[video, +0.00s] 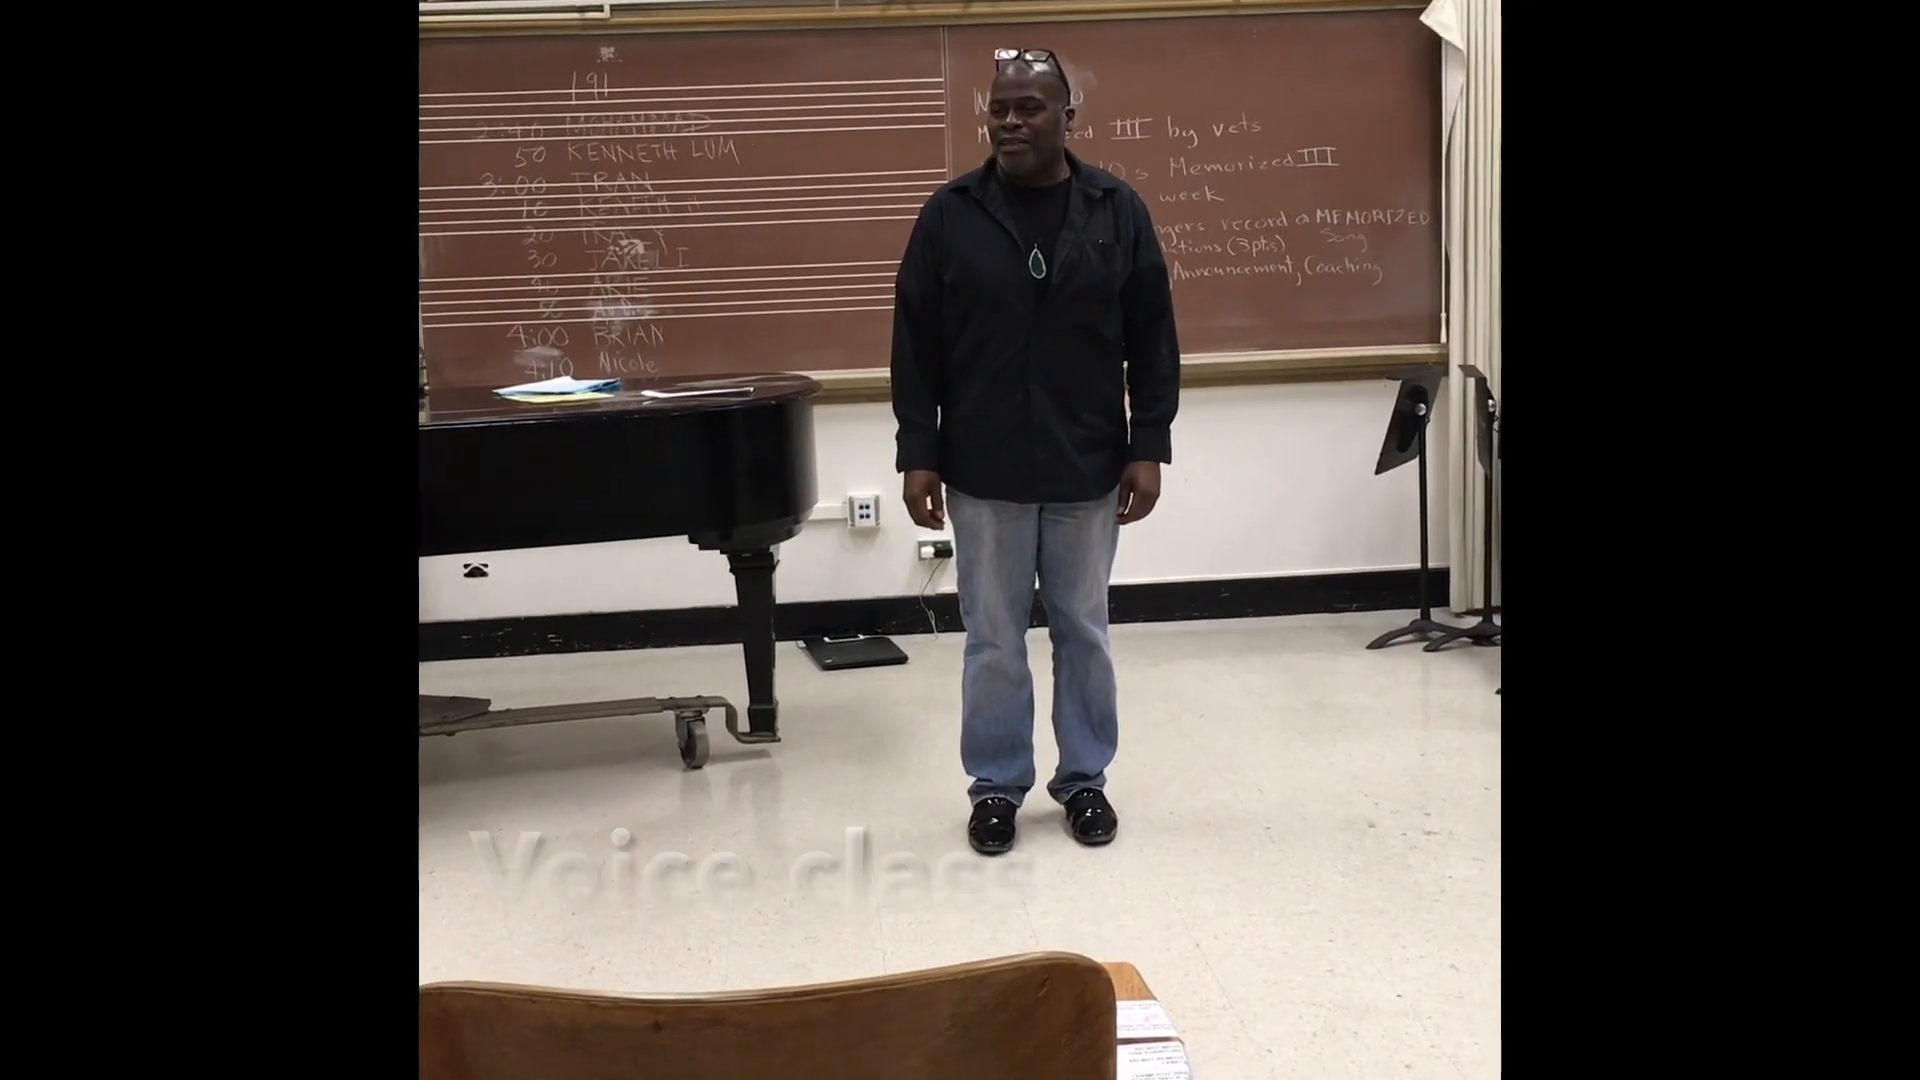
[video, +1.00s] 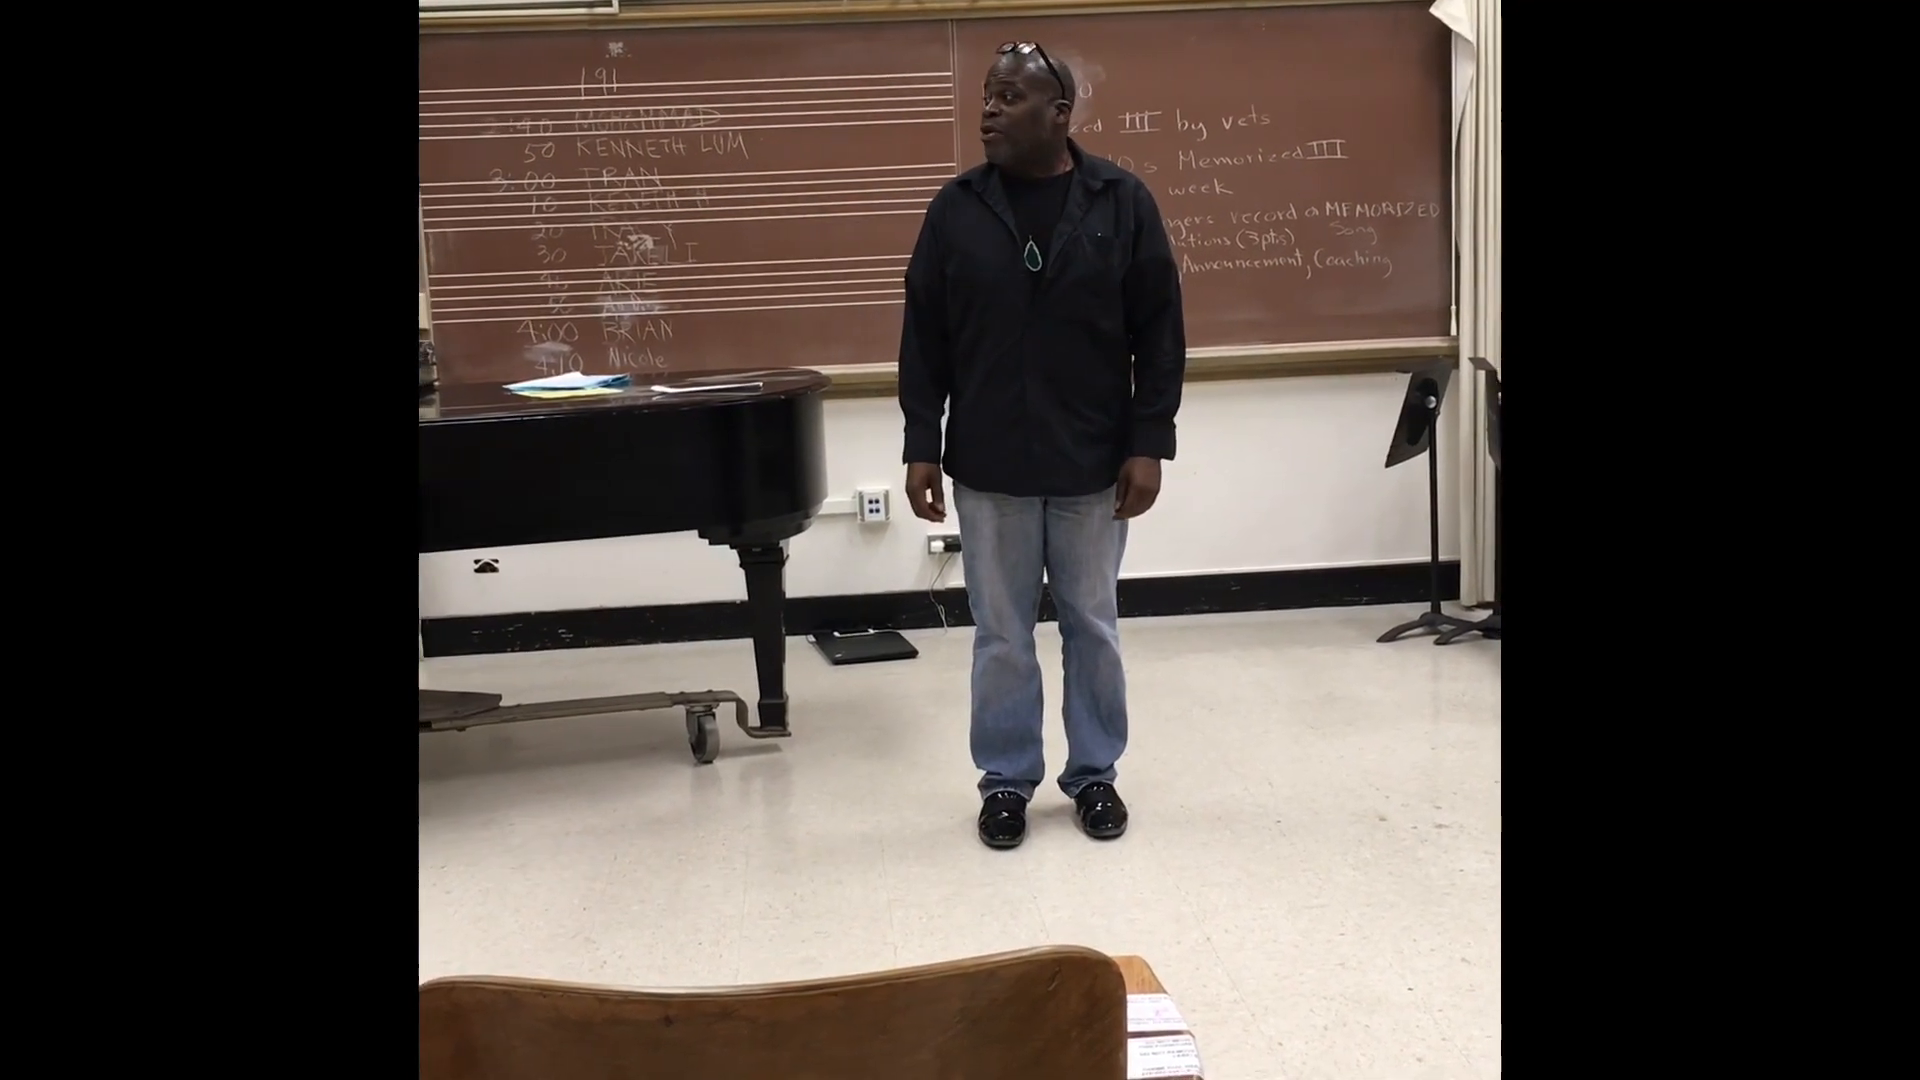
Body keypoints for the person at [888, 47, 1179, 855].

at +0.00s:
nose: (1009, 123)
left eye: (1027, 109)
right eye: (998, 109)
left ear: (1067, 117)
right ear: (985, 116)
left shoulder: (1116, 210)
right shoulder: (949, 214)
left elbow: (1153, 337)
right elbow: (915, 342)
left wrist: (1148, 448)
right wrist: (918, 455)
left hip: (1087, 459)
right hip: (983, 462)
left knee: (1083, 630)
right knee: (993, 637)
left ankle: (1084, 780)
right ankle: (994, 785)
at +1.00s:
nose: (989, 110)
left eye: (1008, 97)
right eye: (988, 97)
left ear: (1062, 111)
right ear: (990, 107)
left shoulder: (1122, 201)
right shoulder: (956, 208)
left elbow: (1159, 330)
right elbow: (924, 333)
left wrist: (1148, 446)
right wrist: (921, 447)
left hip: (1093, 453)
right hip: (988, 456)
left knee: (1092, 626)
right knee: (1001, 632)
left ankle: (1095, 774)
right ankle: (1004, 781)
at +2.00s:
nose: (999, 116)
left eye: (1017, 101)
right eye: (995, 102)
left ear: (1069, 112)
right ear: (991, 111)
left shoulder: (1136, 200)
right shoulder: (968, 210)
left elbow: (1174, 330)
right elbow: (939, 337)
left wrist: (1165, 445)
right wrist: (939, 451)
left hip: (1109, 454)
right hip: (1005, 457)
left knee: (1110, 625)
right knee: (1019, 631)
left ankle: (1114, 772)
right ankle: (1023, 780)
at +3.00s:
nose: (1021, 116)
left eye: (1039, 103)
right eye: (1016, 103)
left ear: (1087, 113)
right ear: (1008, 113)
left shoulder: (1144, 204)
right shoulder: (977, 214)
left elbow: (1183, 333)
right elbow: (947, 342)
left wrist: (1174, 449)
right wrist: (948, 456)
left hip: (1118, 457)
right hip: (1015, 461)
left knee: (1120, 629)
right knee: (1029, 635)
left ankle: (1123, 776)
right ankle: (1034, 784)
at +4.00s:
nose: (1058, 109)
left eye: (1074, 96)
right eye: (1041, 97)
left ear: (1099, 109)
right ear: (1017, 113)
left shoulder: (1145, 206)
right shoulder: (976, 215)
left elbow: (1182, 333)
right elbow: (944, 344)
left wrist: (1177, 446)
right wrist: (951, 459)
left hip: (1120, 457)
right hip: (1017, 461)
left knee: (1119, 628)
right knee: (1027, 634)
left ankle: (1121, 776)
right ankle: (1031, 784)